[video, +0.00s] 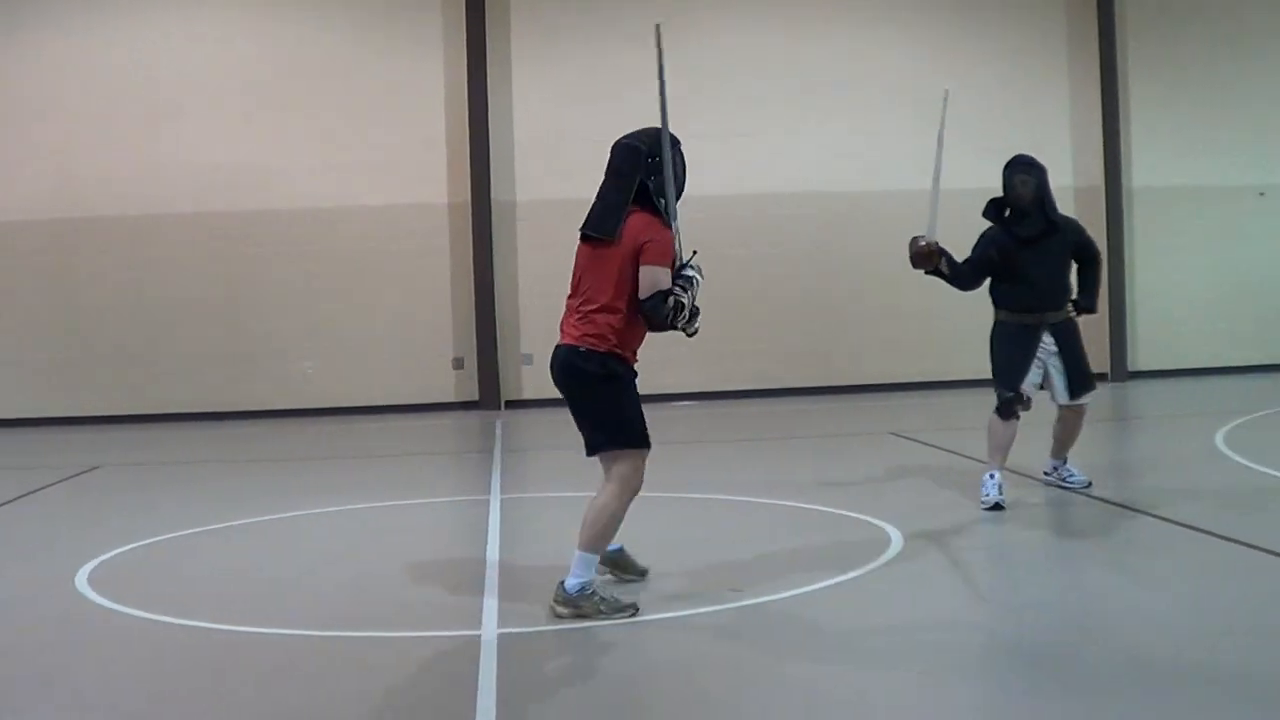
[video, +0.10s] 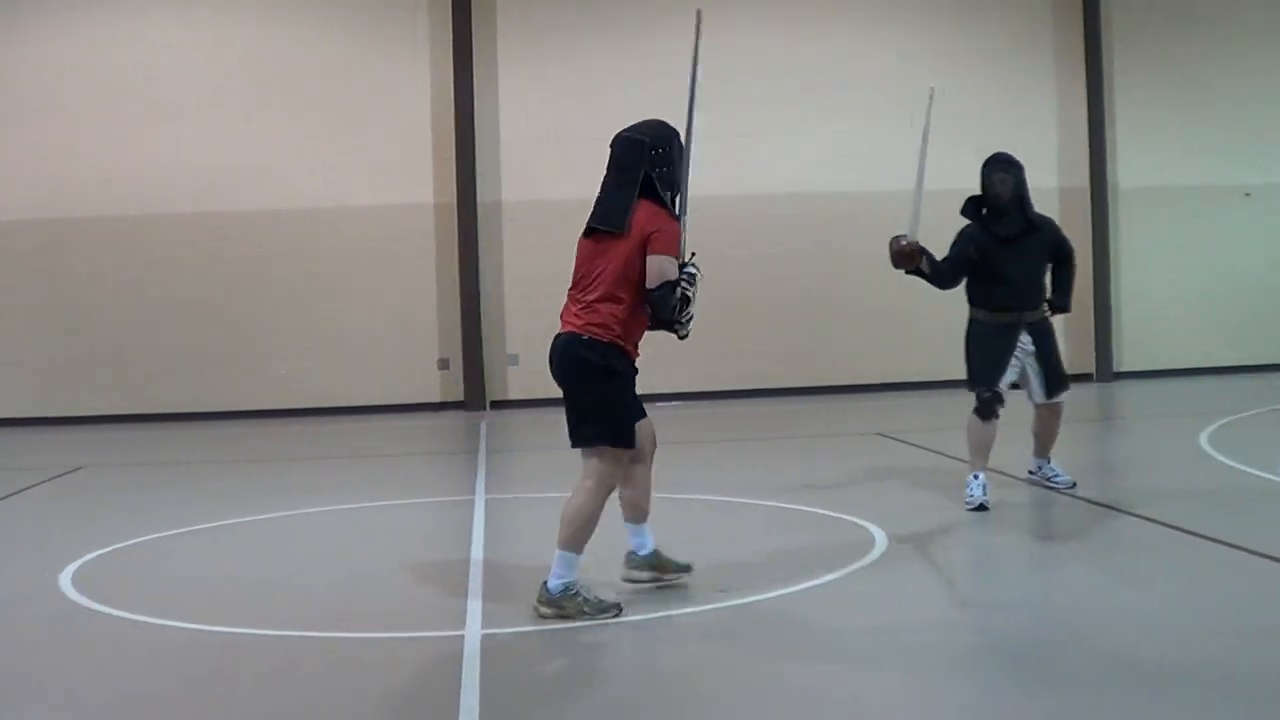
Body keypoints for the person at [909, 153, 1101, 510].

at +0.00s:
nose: (1021, 187)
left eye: (1027, 180)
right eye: (1015, 181)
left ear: (1041, 185)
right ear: (1005, 188)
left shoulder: (1065, 228)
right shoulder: (997, 237)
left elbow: (1090, 257)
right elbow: (968, 279)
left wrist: (1086, 299)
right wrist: (940, 260)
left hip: (1060, 324)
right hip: (1014, 328)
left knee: (1075, 399)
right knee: (1010, 402)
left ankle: (1057, 466)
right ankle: (993, 478)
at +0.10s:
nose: (1000, 185)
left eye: (1006, 178)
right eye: (994, 179)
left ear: (1020, 183)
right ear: (984, 186)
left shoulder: (1042, 228)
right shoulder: (975, 234)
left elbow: (1064, 257)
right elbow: (947, 277)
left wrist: (1059, 299)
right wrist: (921, 261)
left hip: (1035, 324)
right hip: (990, 327)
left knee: (1051, 396)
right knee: (988, 401)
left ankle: (1041, 465)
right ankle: (977, 478)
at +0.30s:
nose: (946, 184)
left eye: (953, 177)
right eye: (939, 178)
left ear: (965, 179)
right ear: (929, 181)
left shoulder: (984, 222)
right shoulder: (920, 228)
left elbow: (1000, 255)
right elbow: (896, 273)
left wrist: (994, 296)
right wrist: (871, 261)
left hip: (975, 319)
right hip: (934, 322)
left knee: (988, 393)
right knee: (942, 403)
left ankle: (985, 463)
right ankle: (935, 480)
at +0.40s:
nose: (922, 186)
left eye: (929, 178)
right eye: (915, 179)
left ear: (941, 180)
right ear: (905, 182)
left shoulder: (959, 222)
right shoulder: (895, 229)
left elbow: (974, 255)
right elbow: (873, 274)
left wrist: (969, 295)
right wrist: (851, 262)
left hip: (950, 320)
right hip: (910, 323)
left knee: (967, 397)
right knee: (924, 404)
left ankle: (935, 459)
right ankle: (917, 479)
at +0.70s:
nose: (891, 196)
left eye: (898, 188)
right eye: (884, 189)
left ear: (910, 190)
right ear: (872, 192)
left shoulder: (925, 232)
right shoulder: (863, 237)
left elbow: (936, 270)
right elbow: (844, 284)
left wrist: (933, 306)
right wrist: (828, 271)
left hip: (915, 325)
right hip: (880, 328)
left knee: (921, 405)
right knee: (898, 402)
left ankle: (873, 471)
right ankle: (894, 482)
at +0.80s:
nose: (892, 197)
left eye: (898, 189)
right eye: (885, 190)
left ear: (909, 192)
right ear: (872, 194)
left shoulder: (921, 233)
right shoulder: (862, 238)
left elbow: (931, 272)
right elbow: (845, 285)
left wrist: (928, 308)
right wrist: (829, 272)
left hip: (911, 326)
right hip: (877, 329)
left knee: (916, 408)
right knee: (896, 405)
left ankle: (871, 473)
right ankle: (894, 483)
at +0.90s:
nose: (893, 197)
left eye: (900, 189)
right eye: (885, 190)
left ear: (910, 194)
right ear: (872, 195)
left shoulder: (920, 237)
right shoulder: (861, 239)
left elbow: (928, 281)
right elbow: (843, 288)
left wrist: (924, 313)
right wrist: (831, 273)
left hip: (910, 327)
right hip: (873, 329)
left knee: (923, 409)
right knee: (896, 406)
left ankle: (876, 468)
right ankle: (894, 482)